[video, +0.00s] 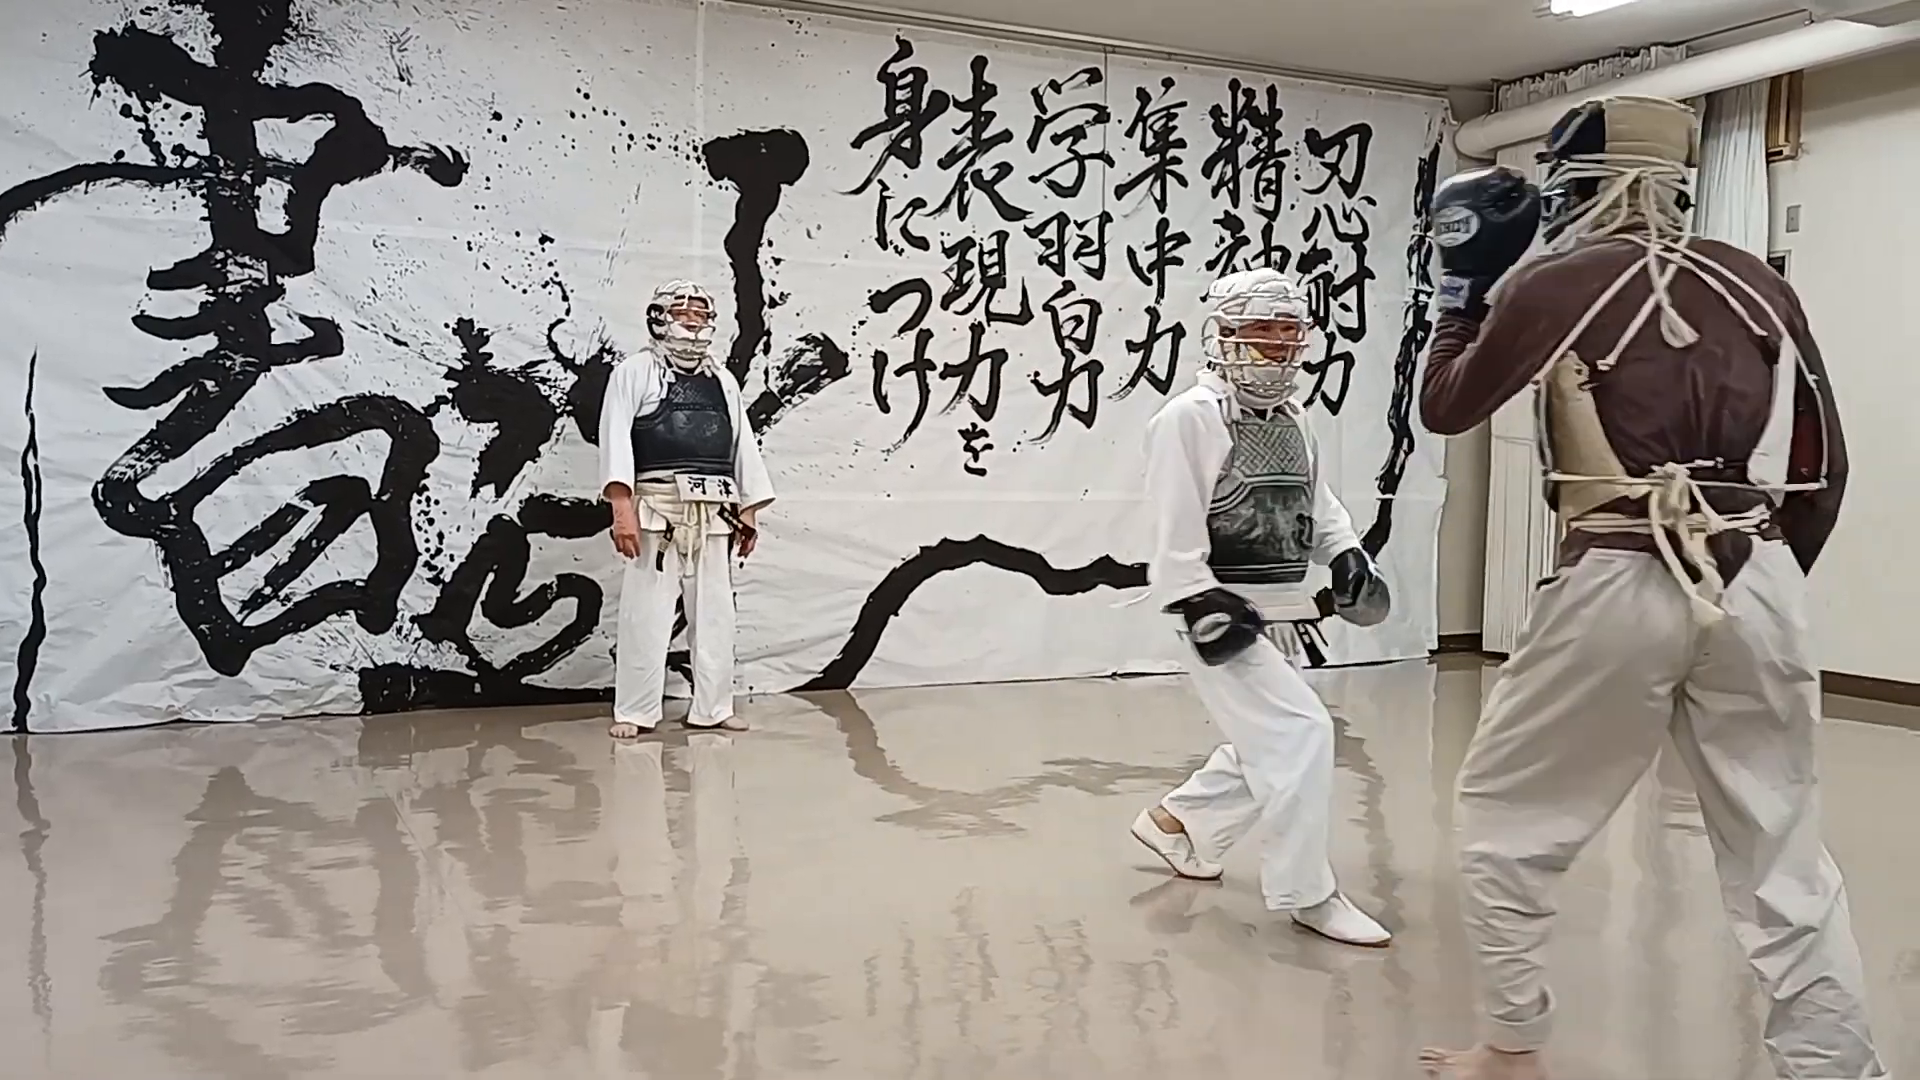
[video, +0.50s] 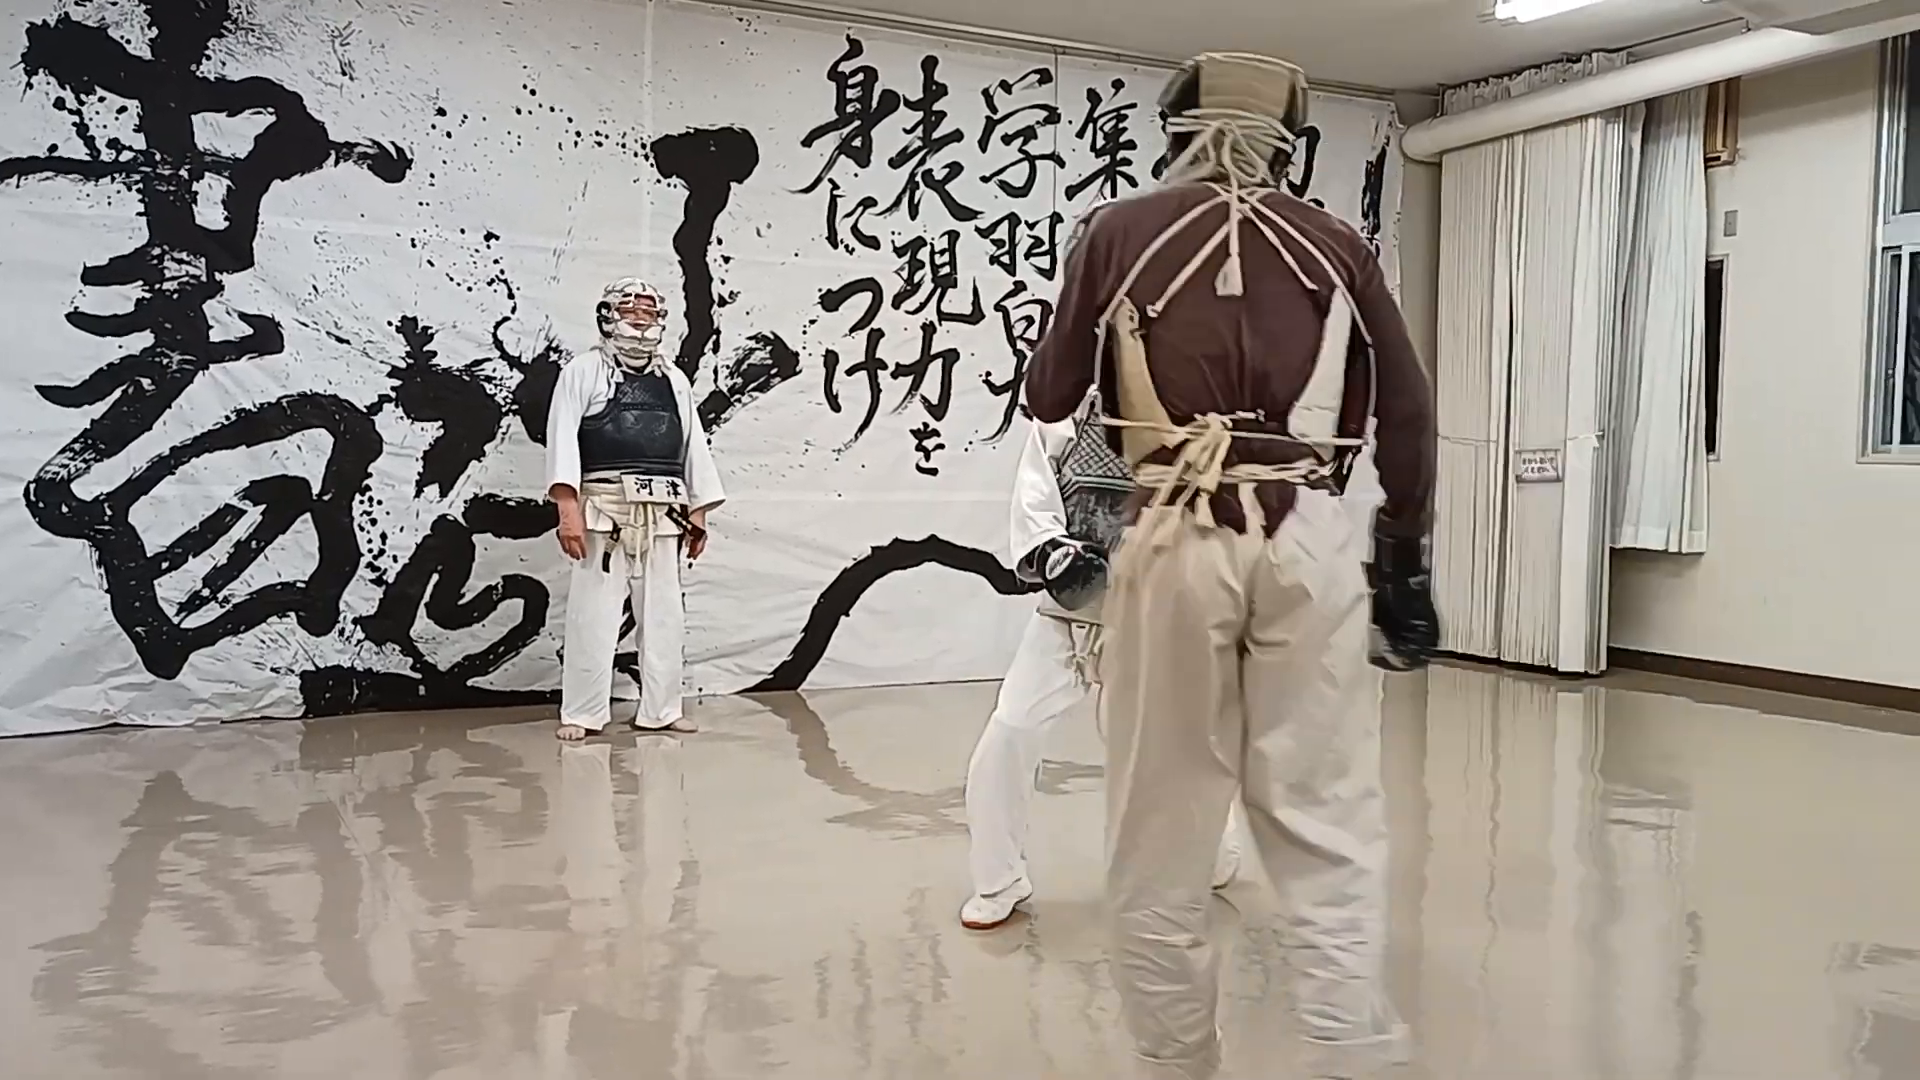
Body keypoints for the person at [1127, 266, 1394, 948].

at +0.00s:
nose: (1274, 349)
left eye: (1286, 335)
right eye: (1259, 335)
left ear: (1301, 342)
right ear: (1224, 340)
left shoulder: (1290, 422)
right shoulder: (1189, 419)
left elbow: (1315, 500)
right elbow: (1174, 527)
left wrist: (1346, 555)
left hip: (1281, 616)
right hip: (1220, 615)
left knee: (1279, 737)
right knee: (1302, 728)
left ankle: (1177, 821)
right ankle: (1307, 892)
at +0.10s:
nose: (1256, 347)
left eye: (1269, 332)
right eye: (1239, 332)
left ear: (1286, 339)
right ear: (1205, 335)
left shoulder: (1297, 423)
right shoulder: (1159, 408)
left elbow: (1319, 516)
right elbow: (1116, 503)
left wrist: (1334, 569)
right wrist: (1125, 573)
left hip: (1245, 612)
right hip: (1172, 605)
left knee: (1243, 735)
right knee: (1227, 732)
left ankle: (1159, 824)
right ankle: (1287, 888)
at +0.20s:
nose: (1235, 332)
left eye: (1248, 318)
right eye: (1219, 316)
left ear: (1262, 328)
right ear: (1185, 320)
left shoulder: (1277, 416)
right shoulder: (1130, 396)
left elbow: (1299, 512)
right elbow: (1081, 494)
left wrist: (1301, 567)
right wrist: (1083, 559)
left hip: (1218, 607)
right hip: (1138, 599)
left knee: (1209, 750)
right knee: (1163, 725)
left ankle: (1139, 829)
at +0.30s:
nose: (1202, 327)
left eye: (1214, 314)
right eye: (1186, 313)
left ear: (1229, 324)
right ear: (1152, 319)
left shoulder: (1243, 407)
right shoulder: (1105, 394)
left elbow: (1266, 508)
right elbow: (1056, 485)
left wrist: (1258, 562)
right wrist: (1059, 550)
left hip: (1193, 601)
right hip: (1107, 594)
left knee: (1190, 735)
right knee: (1089, 726)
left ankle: (1141, 831)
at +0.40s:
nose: (1150, 338)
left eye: (1167, 329)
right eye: (1143, 321)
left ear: (1191, 337)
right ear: (1127, 322)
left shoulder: (1202, 420)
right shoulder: (1080, 402)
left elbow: (1231, 510)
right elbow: (1040, 495)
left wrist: (1205, 581)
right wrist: (1055, 557)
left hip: (1166, 602)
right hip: (1077, 595)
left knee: (1176, 750)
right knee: (1025, 724)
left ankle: (1185, 874)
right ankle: (1012, 873)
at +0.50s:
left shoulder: (1180, 420)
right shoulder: (1058, 419)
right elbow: (1035, 501)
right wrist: (1055, 553)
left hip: (1167, 610)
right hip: (1073, 609)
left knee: (1193, 733)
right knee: (1008, 735)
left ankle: (1214, 851)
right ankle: (1000, 882)